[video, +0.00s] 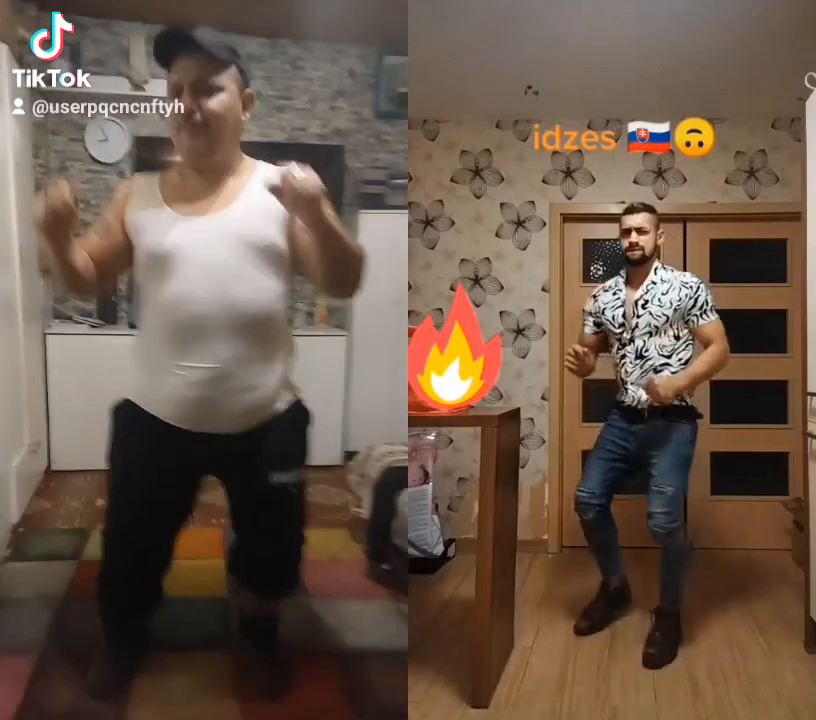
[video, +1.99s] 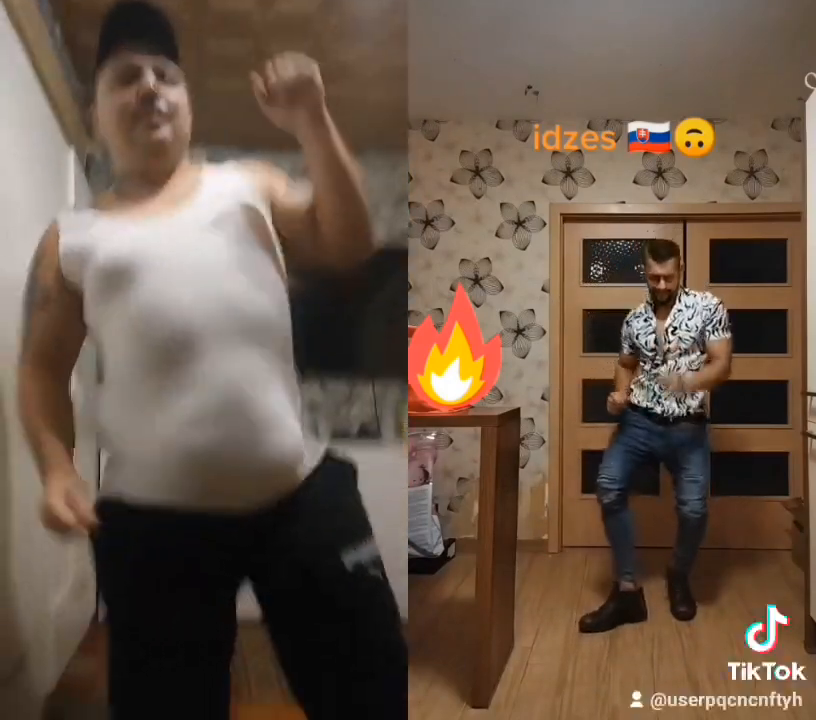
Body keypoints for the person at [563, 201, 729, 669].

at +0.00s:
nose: (633, 239)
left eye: (641, 231)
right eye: (626, 233)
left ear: (659, 236)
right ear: (618, 239)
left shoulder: (686, 287)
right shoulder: (604, 297)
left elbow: (718, 348)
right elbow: (589, 357)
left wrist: (679, 382)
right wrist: (580, 360)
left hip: (671, 420)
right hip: (622, 418)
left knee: (664, 521)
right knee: (588, 502)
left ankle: (668, 617)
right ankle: (615, 590)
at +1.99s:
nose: (661, 286)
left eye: (668, 278)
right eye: (655, 278)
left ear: (681, 273)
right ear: (645, 275)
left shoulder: (708, 308)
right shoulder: (635, 320)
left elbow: (721, 365)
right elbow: (625, 367)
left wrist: (688, 382)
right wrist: (620, 392)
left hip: (687, 426)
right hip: (639, 421)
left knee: (693, 509)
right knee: (609, 489)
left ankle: (680, 578)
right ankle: (627, 594)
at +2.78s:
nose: (633, 287)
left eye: (638, 281)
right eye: (626, 280)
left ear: (643, 281)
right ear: (609, 279)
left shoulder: (656, 312)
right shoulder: (583, 317)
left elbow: (678, 357)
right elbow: (563, 366)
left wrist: (682, 365)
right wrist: (572, 381)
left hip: (657, 420)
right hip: (608, 422)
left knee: (677, 490)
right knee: (581, 494)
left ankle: (654, 579)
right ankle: (604, 568)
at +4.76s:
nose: (662, 273)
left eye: (668, 267)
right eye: (656, 267)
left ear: (678, 271)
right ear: (645, 272)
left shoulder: (692, 317)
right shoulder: (623, 312)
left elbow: (712, 365)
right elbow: (604, 358)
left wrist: (703, 364)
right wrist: (618, 377)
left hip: (678, 415)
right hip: (633, 416)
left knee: (684, 488)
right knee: (609, 483)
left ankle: (672, 563)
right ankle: (629, 574)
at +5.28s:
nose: (646, 265)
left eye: (653, 259)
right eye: (640, 260)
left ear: (665, 263)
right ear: (634, 265)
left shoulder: (689, 302)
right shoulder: (619, 310)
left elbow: (702, 354)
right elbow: (604, 354)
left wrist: (659, 339)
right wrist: (605, 376)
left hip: (678, 414)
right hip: (631, 412)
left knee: (689, 488)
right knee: (603, 478)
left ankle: (673, 564)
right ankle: (617, 565)